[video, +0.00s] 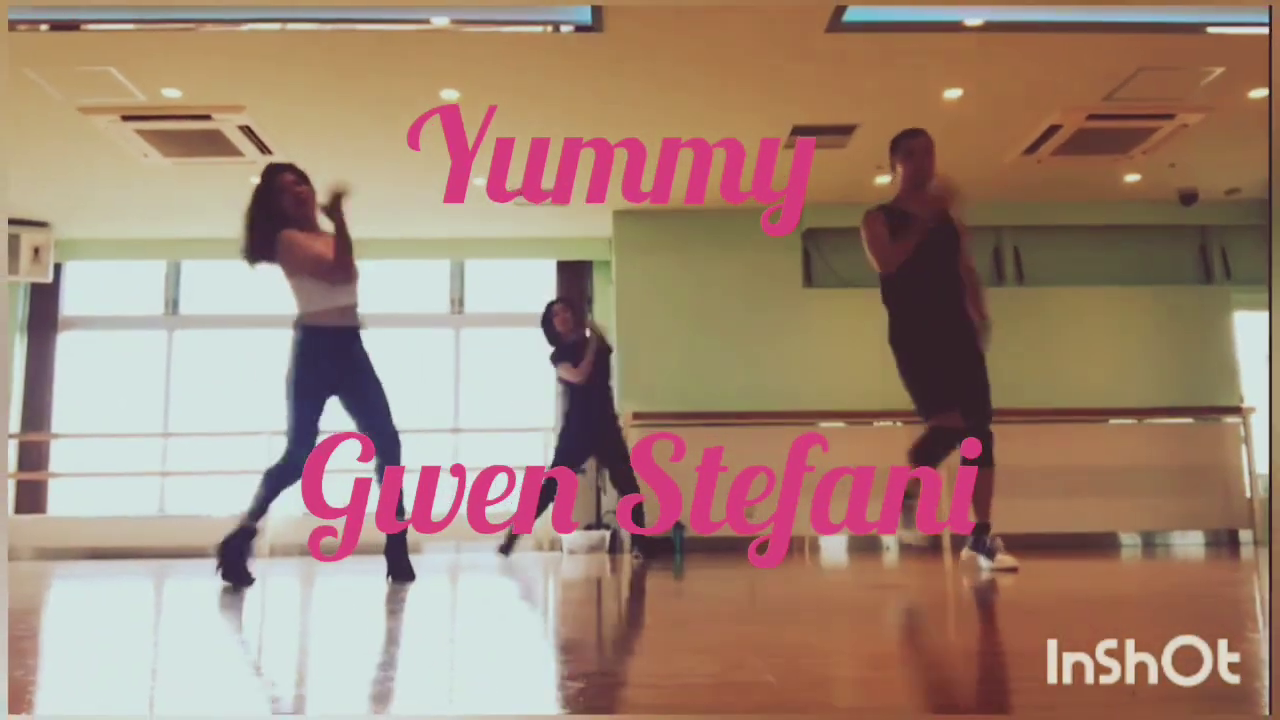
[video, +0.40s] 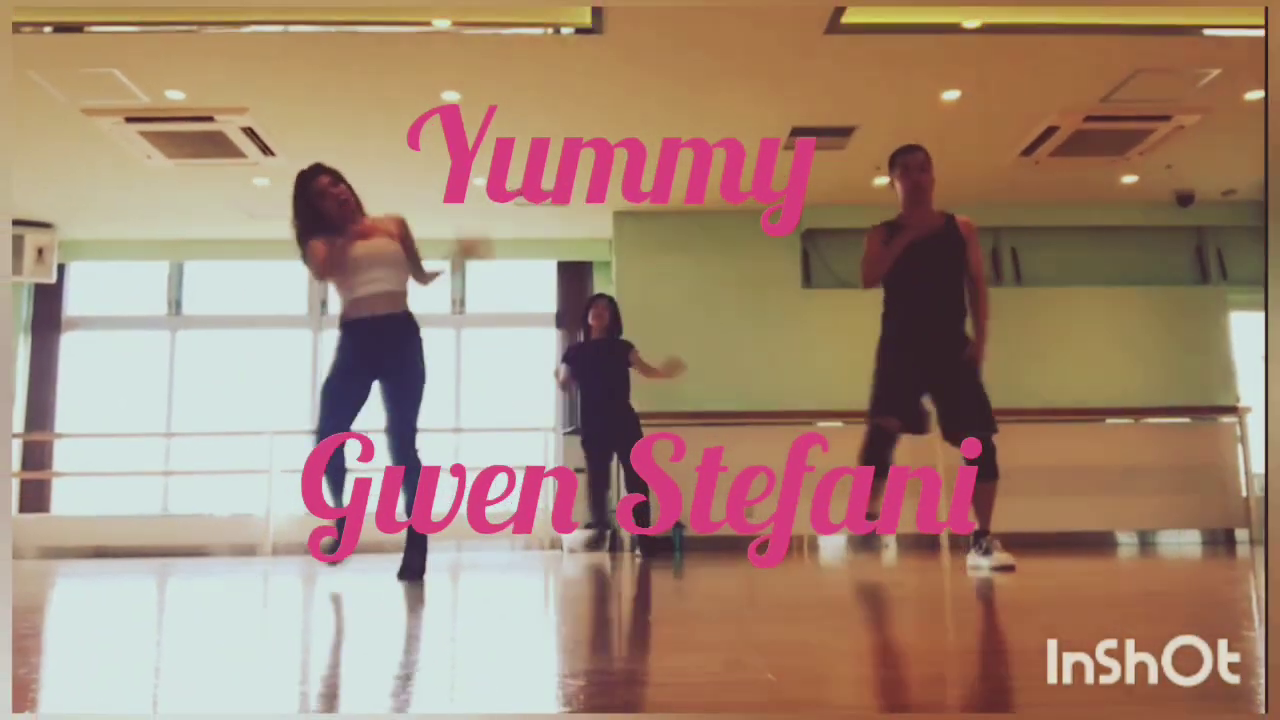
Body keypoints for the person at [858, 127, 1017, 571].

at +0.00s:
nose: (923, 163)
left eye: (927, 155)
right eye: (913, 156)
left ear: (935, 160)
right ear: (895, 164)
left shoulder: (944, 217)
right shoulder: (878, 219)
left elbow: (965, 270)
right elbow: (886, 262)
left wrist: (978, 314)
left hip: (956, 328)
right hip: (914, 333)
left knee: (979, 431)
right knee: (948, 425)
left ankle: (981, 535)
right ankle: (899, 498)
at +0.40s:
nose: (917, 178)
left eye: (923, 169)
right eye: (908, 171)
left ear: (934, 176)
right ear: (894, 180)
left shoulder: (960, 229)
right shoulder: (885, 233)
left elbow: (978, 285)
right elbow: (869, 276)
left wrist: (980, 340)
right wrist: (907, 235)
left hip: (949, 348)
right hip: (900, 349)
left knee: (981, 439)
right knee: (882, 433)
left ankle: (982, 538)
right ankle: (864, 525)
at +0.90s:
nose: (919, 210)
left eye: (926, 202)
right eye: (909, 202)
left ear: (935, 210)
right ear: (892, 210)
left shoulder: (935, 273)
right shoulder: (866, 262)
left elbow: (946, 338)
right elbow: (835, 319)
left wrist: (959, 391)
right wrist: (823, 379)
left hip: (934, 388)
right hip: (882, 389)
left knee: (997, 460)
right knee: (855, 466)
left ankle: (984, 544)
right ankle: (819, 544)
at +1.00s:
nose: (917, 204)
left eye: (924, 196)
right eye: (907, 196)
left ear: (933, 203)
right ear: (890, 202)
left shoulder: (932, 264)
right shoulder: (863, 255)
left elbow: (946, 326)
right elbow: (833, 312)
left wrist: (960, 376)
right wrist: (821, 372)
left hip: (937, 381)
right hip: (885, 383)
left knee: (995, 459)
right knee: (856, 465)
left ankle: (985, 545)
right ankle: (820, 546)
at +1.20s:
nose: (908, 194)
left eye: (915, 186)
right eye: (898, 186)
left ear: (925, 192)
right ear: (882, 191)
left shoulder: (936, 252)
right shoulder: (857, 247)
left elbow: (949, 317)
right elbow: (828, 304)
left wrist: (961, 376)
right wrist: (815, 360)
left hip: (930, 367)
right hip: (877, 370)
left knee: (977, 452)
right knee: (856, 455)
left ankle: (986, 546)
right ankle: (820, 544)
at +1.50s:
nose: (896, 203)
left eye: (903, 193)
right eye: (886, 195)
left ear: (914, 198)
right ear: (871, 201)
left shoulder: (935, 257)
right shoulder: (855, 258)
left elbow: (940, 321)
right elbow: (829, 317)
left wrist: (936, 376)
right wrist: (814, 376)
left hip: (914, 385)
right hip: (860, 383)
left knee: (970, 465)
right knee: (835, 462)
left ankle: (984, 546)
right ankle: (818, 546)